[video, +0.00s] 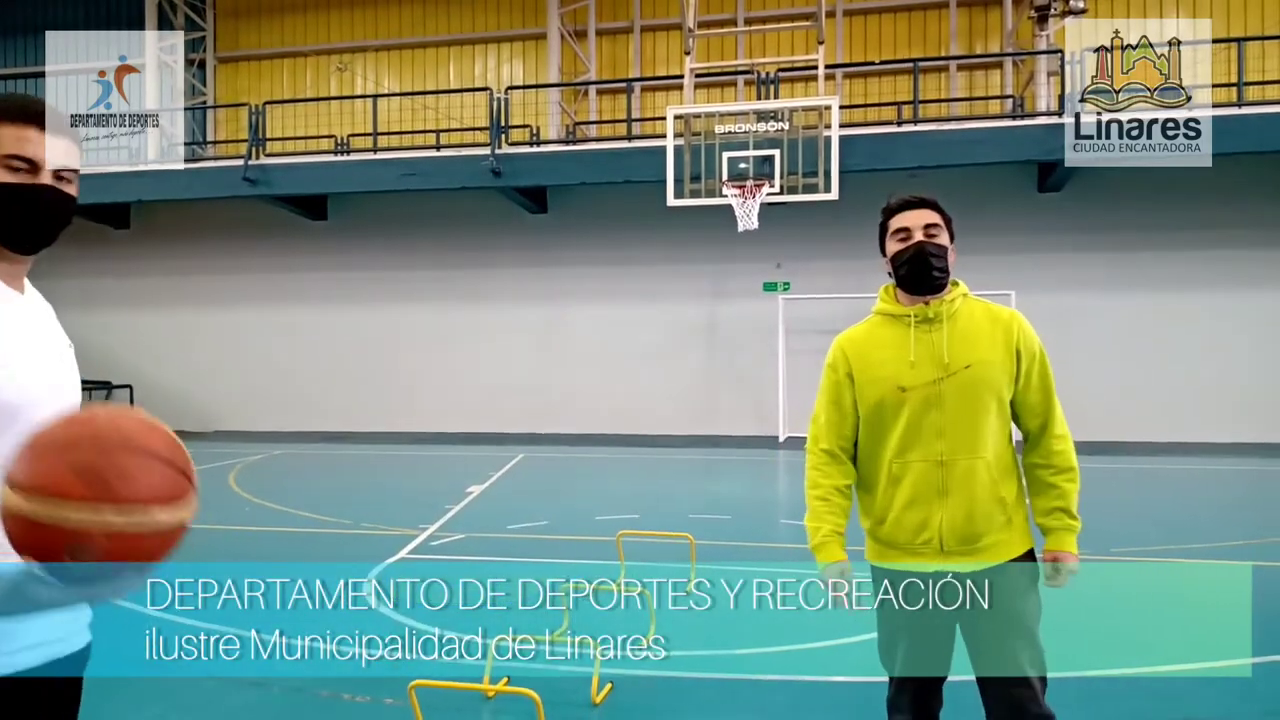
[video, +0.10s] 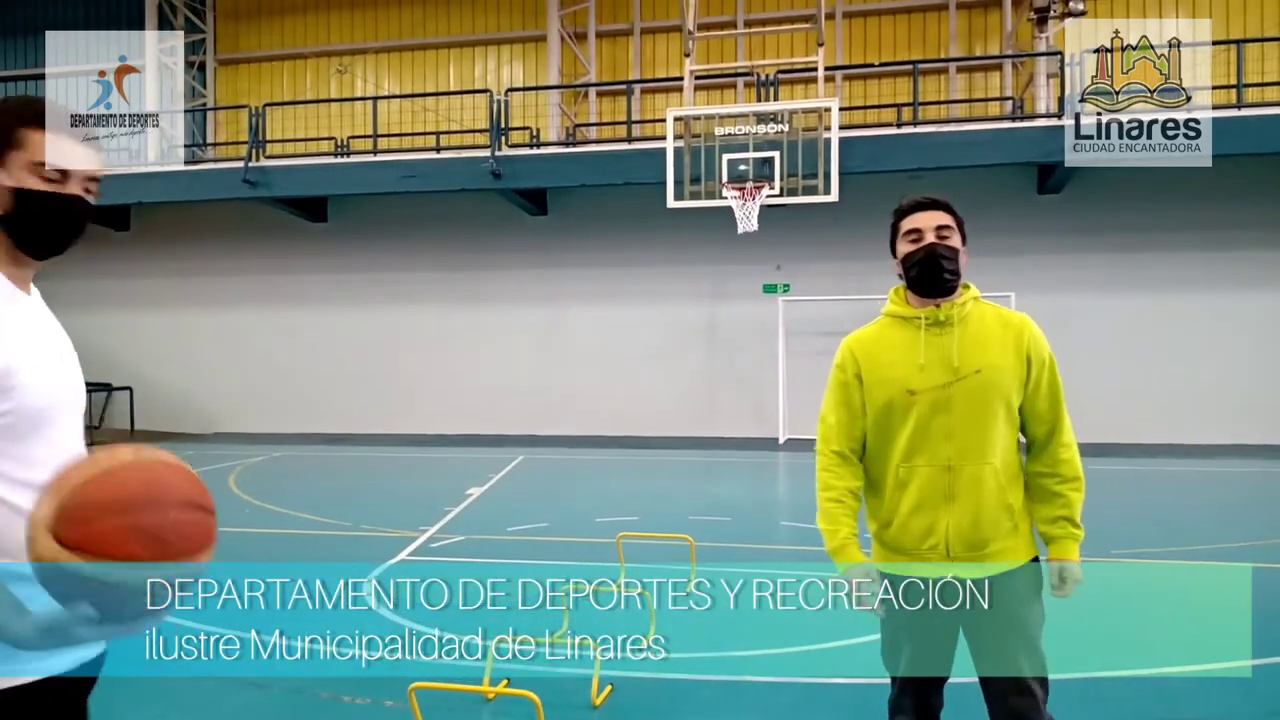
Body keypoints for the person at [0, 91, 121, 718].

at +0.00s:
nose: (46, 189)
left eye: (62, 176)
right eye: (20, 168)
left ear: (74, 191)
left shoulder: (39, 313)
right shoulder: (10, 309)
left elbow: (52, 458)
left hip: (54, 623)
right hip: (10, 628)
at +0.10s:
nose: (76, 196)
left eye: (87, 184)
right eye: (53, 174)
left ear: (95, 195)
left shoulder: (35, 309)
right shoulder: (10, 307)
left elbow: (54, 465)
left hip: (56, 644)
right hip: (15, 657)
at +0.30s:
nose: (124, 229)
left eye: (132, 213)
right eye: (123, 207)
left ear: (66, 183)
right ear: (67, 182)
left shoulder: (28, 296)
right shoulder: (8, 305)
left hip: (68, 660)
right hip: (25, 674)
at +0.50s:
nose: (140, 229)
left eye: (153, 213)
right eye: (151, 209)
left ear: (50, 169)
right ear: (120, 182)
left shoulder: (16, 268)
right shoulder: (54, 297)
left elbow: (29, 483)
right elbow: (13, 502)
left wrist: (127, 527)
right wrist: (134, 571)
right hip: (54, 684)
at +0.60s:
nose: (150, 226)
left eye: (163, 209)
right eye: (161, 205)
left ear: (56, 165)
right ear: (131, 179)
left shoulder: (13, 260)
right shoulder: (86, 292)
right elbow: (80, 486)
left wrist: (168, 522)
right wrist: (218, 573)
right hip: (62, 678)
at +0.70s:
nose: (159, 219)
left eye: (169, 202)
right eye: (168, 199)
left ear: (58, 170)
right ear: (138, 179)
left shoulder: (10, 254)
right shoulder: (105, 290)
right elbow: (147, 482)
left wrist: (206, 494)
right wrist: (279, 557)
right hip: (69, 676)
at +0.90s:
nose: (171, 210)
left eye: (177, 192)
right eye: (176, 190)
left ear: (67, 170)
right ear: (150, 180)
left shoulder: (7, 253)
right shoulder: (138, 301)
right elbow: (183, 504)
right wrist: (330, 500)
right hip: (79, 673)